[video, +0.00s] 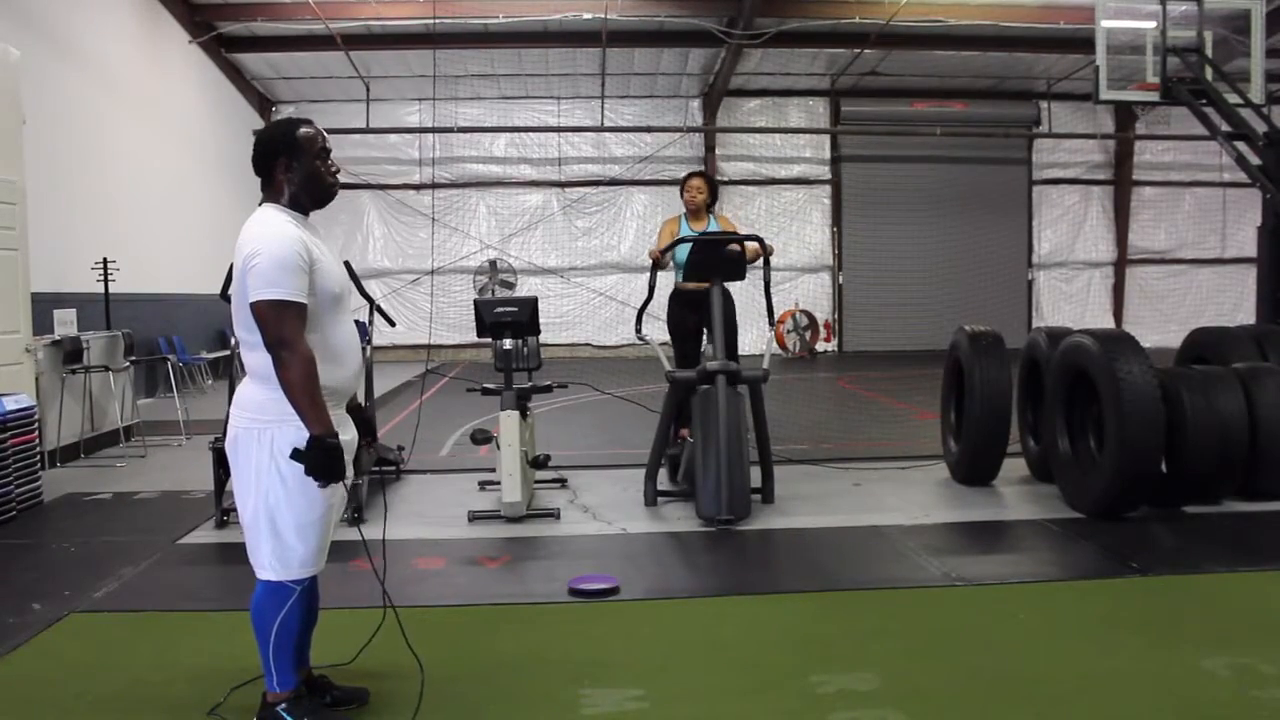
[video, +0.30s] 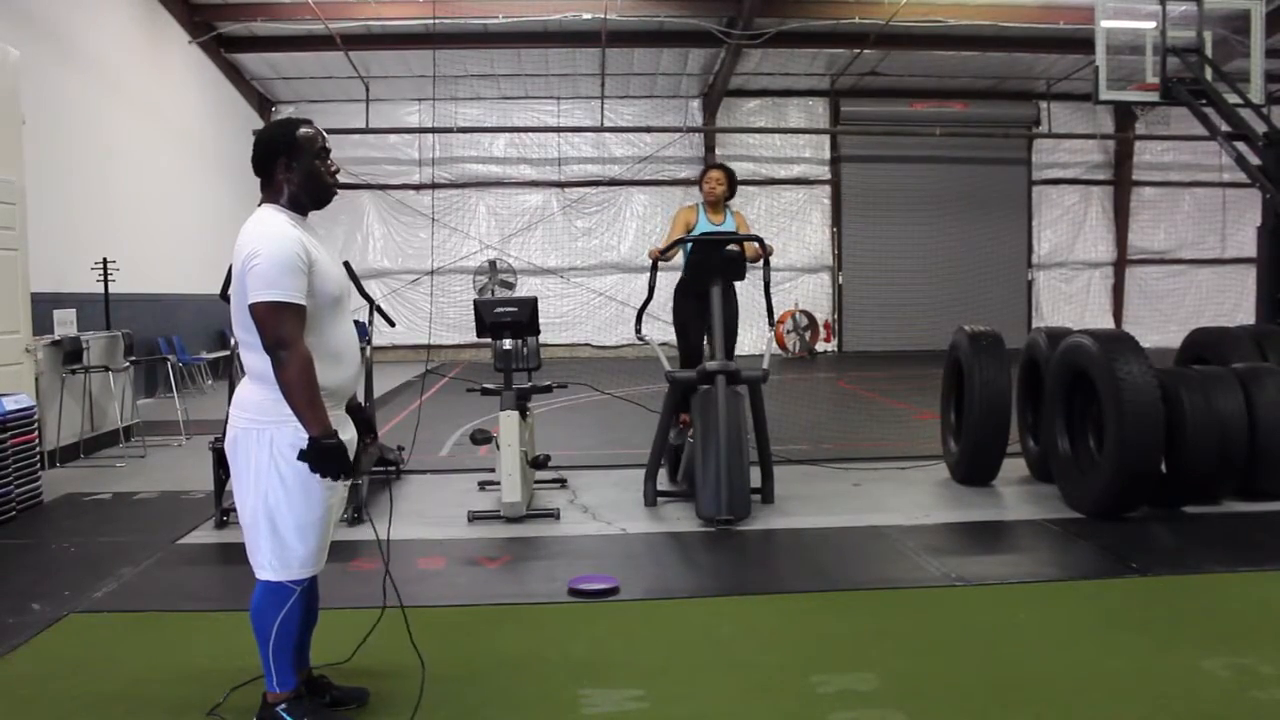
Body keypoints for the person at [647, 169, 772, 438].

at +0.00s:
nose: (692, 196)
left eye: (698, 191)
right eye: (687, 191)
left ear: (710, 197)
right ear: (681, 195)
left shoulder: (723, 224)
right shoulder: (673, 225)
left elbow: (740, 255)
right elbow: (663, 261)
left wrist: (758, 251)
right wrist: (657, 258)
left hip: (717, 298)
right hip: (684, 300)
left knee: (728, 359)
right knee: (686, 366)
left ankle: (730, 420)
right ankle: (683, 427)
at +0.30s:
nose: (712, 187)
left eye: (718, 183)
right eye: (707, 182)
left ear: (728, 189)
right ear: (701, 186)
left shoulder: (736, 218)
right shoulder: (688, 214)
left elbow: (748, 254)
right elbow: (672, 248)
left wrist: (761, 252)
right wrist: (661, 253)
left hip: (724, 291)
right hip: (691, 292)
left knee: (725, 355)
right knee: (691, 357)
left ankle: (723, 413)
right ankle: (685, 414)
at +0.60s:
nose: (703, 194)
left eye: (710, 190)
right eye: (699, 189)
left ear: (723, 196)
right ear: (695, 193)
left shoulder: (734, 223)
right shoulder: (684, 223)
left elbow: (746, 258)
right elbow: (671, 257)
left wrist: (760, 253)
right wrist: (660, 255)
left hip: (723, 295)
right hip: (691, 296)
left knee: (721, 352)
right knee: (692, 349)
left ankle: (721, 405)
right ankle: (688, 405)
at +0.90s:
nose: (682, 190)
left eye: (689, 185)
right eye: (679, 185)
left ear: (703, 190)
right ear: (676, 189)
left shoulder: (720, 217)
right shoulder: (670, 221)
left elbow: (740, 248)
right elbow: (664, 255)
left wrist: (756, 250)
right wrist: (657, 256)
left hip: (718, 294)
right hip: (684, 296)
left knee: (725, 359)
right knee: (687, 364)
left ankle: (725, 421)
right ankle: (685, 426)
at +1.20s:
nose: (696, 190)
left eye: (703, 186)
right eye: (694, 185)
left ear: (716, 192)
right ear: (688, 189)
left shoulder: (728, 221)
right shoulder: (677, 221)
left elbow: (741, 256)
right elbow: (666, 256)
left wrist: (757, 252)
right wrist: (657, 256)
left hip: (719, 296)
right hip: (685, 297)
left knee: (728, 357)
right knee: (686, 362)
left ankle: (729, 418)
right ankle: (683, 422)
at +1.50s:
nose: (712, 193)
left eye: (719, 189)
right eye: (708, 188)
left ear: (730, 197)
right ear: (703, 192)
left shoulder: (737, 225)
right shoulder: (690, 221)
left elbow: (748, 259)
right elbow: (670, 256)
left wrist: (760, 254)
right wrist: (659, 254)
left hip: (723, 297)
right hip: (691, 297)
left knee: (723, 356)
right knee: (690, 354)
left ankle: (720, 409)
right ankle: (683, 408)